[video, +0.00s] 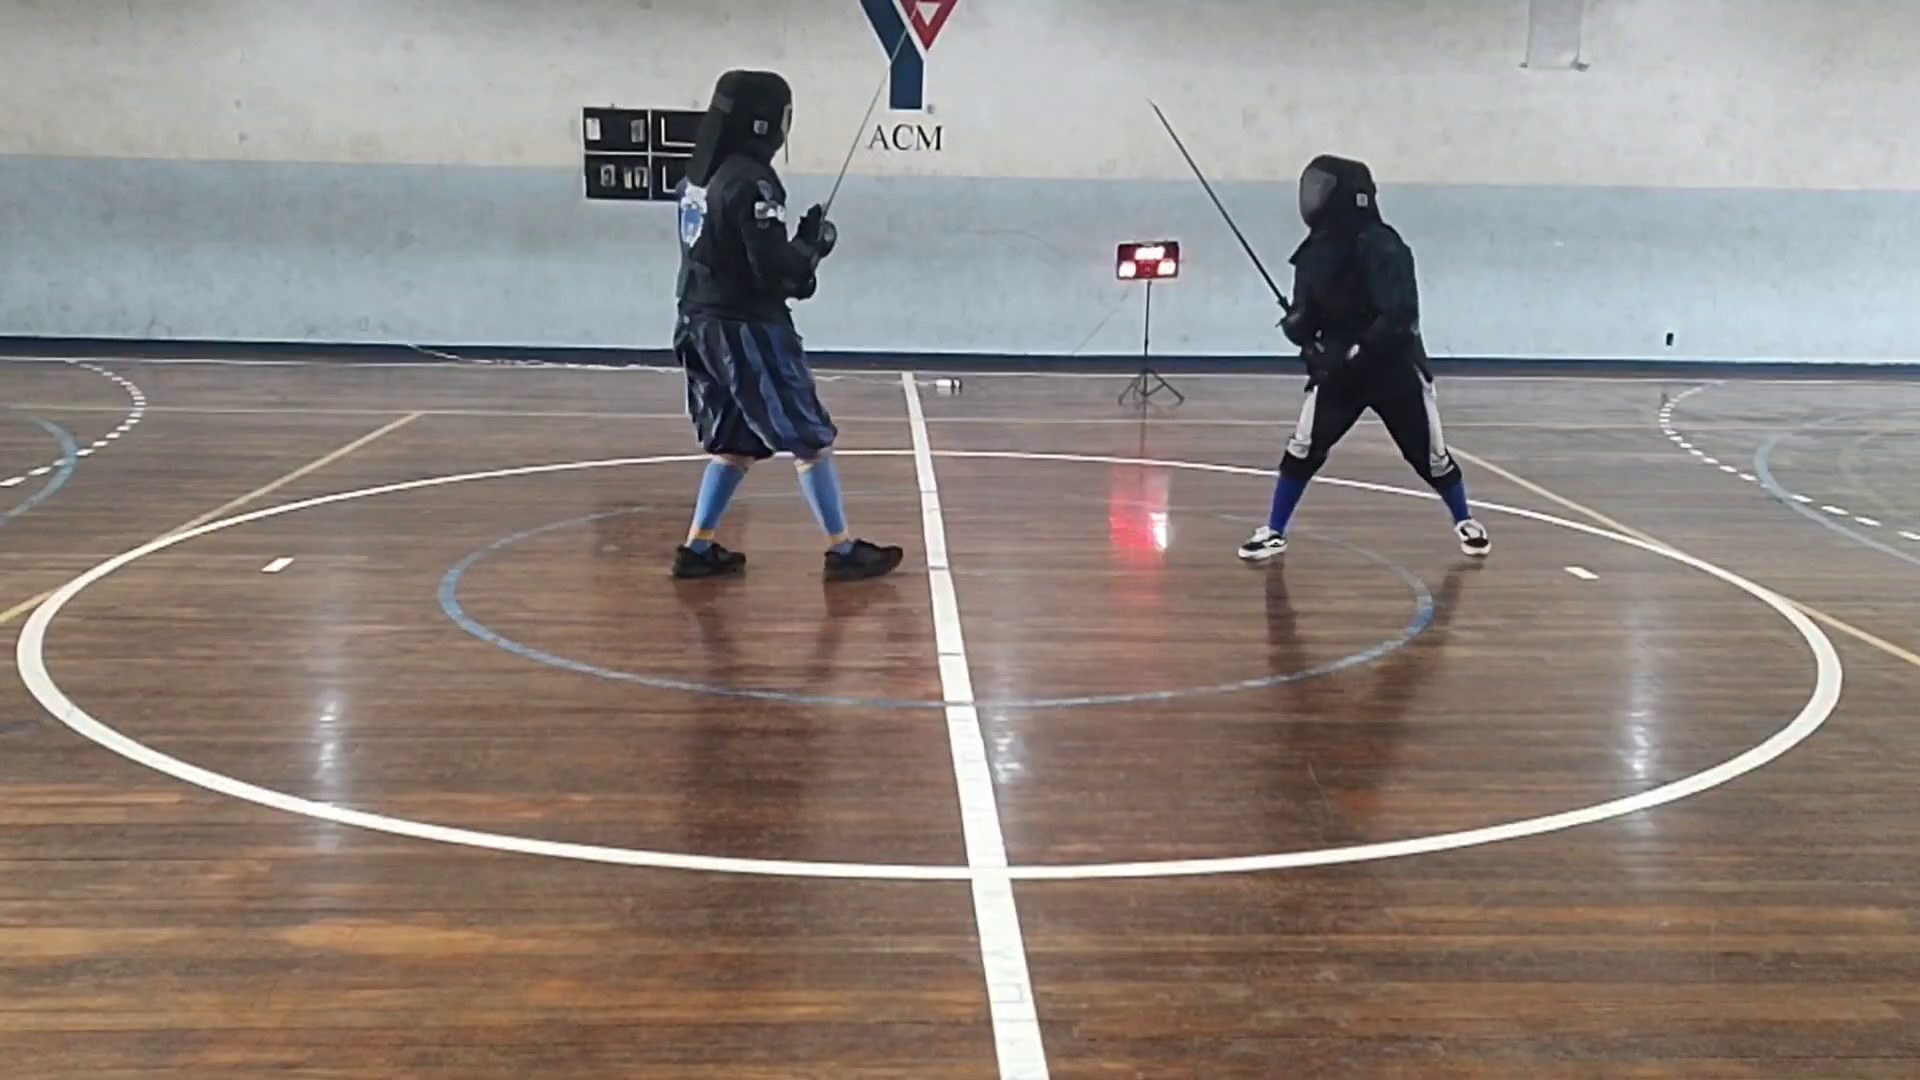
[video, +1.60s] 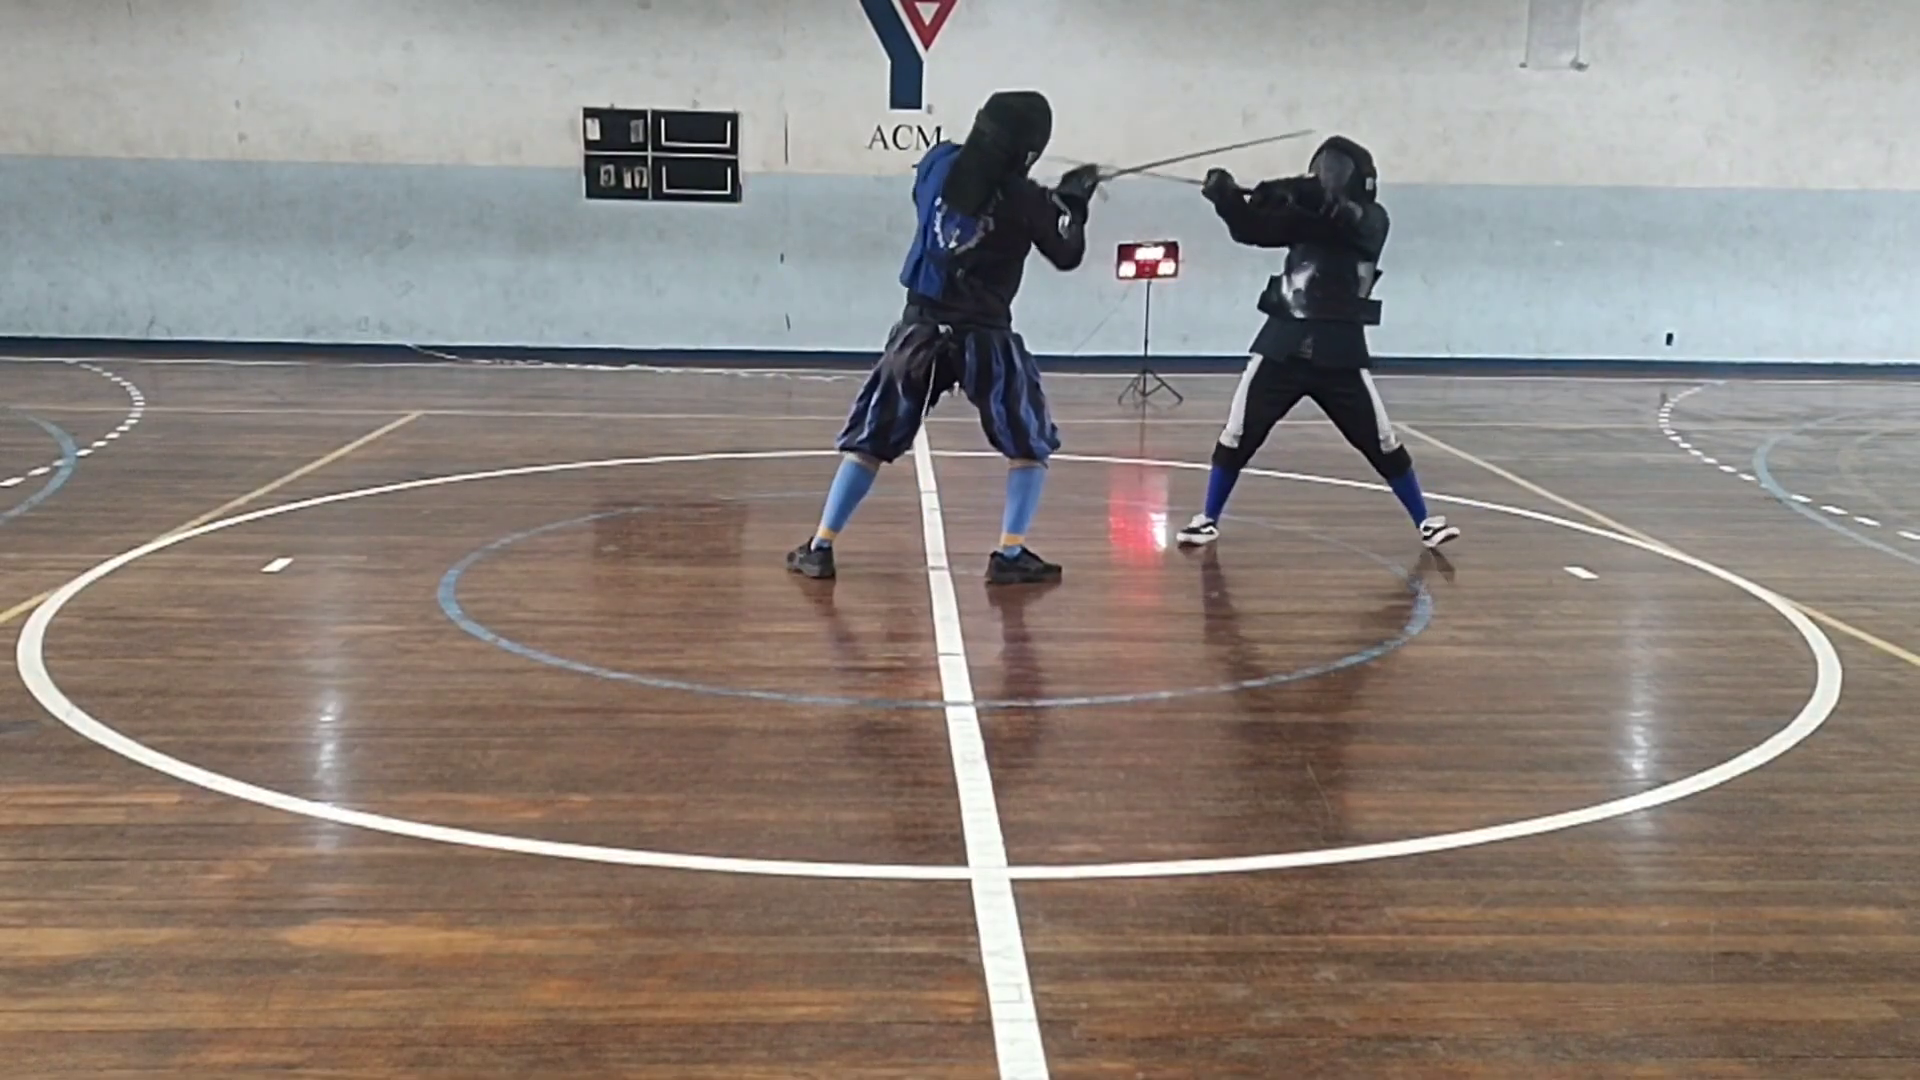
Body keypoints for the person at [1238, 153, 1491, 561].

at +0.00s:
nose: (1307, 196)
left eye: (1317, 187)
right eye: (1307, 187)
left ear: (1345, 193)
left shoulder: (1382, 245)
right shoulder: (1312, 252)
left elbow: (1400, 317)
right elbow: (1304, 314)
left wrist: (1353, 351)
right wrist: (1297, 325)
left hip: (1393, 368)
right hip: (1338, 368)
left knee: (1430, 456)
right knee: (1302, 450)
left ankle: (1464, 521)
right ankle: (1274, 530)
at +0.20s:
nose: (1346, 197)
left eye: (1357, 188)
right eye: (1348, 188)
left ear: (1386, 196)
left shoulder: (1420, 249)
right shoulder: (1356, 249)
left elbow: (1446, 313)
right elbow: (1355, 306)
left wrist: (1406, 359)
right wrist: (1345, 329)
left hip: (1429, 368)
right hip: (1375, 364)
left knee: (1451, 458)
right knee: (1329, 446)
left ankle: (1473, 526)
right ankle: (1279, 527)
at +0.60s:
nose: (1369, 205)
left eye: (1380, 198)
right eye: (1370, 196)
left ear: (1406, 206)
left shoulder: (1438, 262)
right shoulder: (1367, 257)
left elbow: (1455, 326)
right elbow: (1356, 317)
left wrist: (1404, 357)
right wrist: (1342, 322)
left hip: (1423, 382)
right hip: (1365, 376)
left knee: (1453, 465)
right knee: (1298, 427)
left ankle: (1473, 526)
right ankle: (1281, 519)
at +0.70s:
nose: (1355, 212)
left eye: (1366, 203)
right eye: (1356, 202)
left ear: (1395, 211)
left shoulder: (1428, 269)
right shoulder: (1352, 260)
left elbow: (1417, 347)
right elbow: (1326, 324)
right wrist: (1309, 310)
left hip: (1407, 387)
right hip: (1346, 380)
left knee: (1446, 467)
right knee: (1276, 435)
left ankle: (1473, 526)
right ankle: (1242, 516)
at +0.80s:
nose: (1343, 207)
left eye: (1353, 199)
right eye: (1342, 198)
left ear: (1378, 204)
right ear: (1342, 205)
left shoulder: (1402, 250)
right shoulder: (1329, 249)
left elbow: (1376, 295)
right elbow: (1275, 279)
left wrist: (1324, 275)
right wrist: (1244, 259)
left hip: (1385, 378)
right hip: (1323, 377)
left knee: (1444, 456)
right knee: (1260, 446)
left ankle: (1472, 527)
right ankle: (1210, 519)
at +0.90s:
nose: (1333, 207)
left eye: (1342, 199)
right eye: (1329, 198)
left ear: (1360, 201)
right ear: (1323, 198)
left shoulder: (1385, 237)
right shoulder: (1311, 230)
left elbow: (1340, 236)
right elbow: (1263, 228)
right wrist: (1226, 198)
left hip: (1367, 377)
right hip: (1308, 375)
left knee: (1434, 451)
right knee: (1249, 449)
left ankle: (1468, 528)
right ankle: (1209, 519)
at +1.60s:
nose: (1326, 177)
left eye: (1335, 169)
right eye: (1322, 168)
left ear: (1357, 175)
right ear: (1313, 171)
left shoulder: (1372, 219)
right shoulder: (1302, 209)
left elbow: (1360, 234)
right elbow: (1253, 228)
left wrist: (1293, 197)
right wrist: (1228, 199)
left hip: (1339, 352)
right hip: (1281, 348)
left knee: (1382, 441)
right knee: (1238, 434)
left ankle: (1425, 521)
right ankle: (1208, 519)